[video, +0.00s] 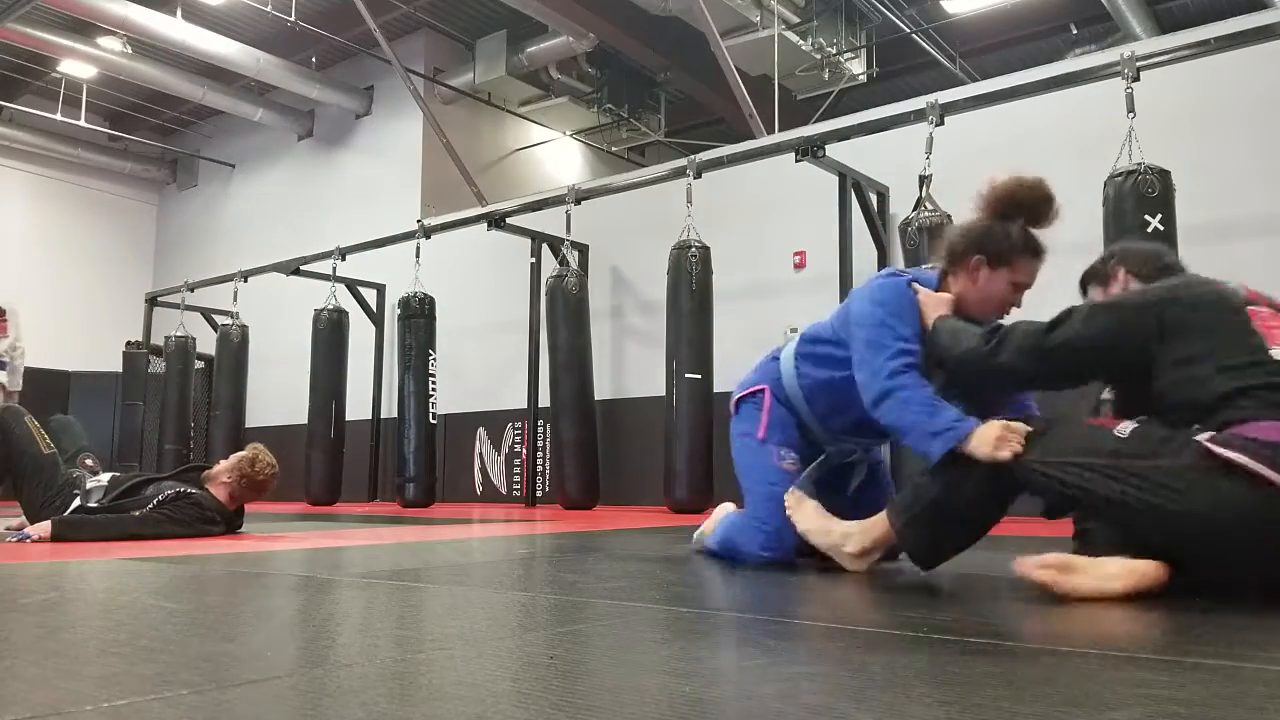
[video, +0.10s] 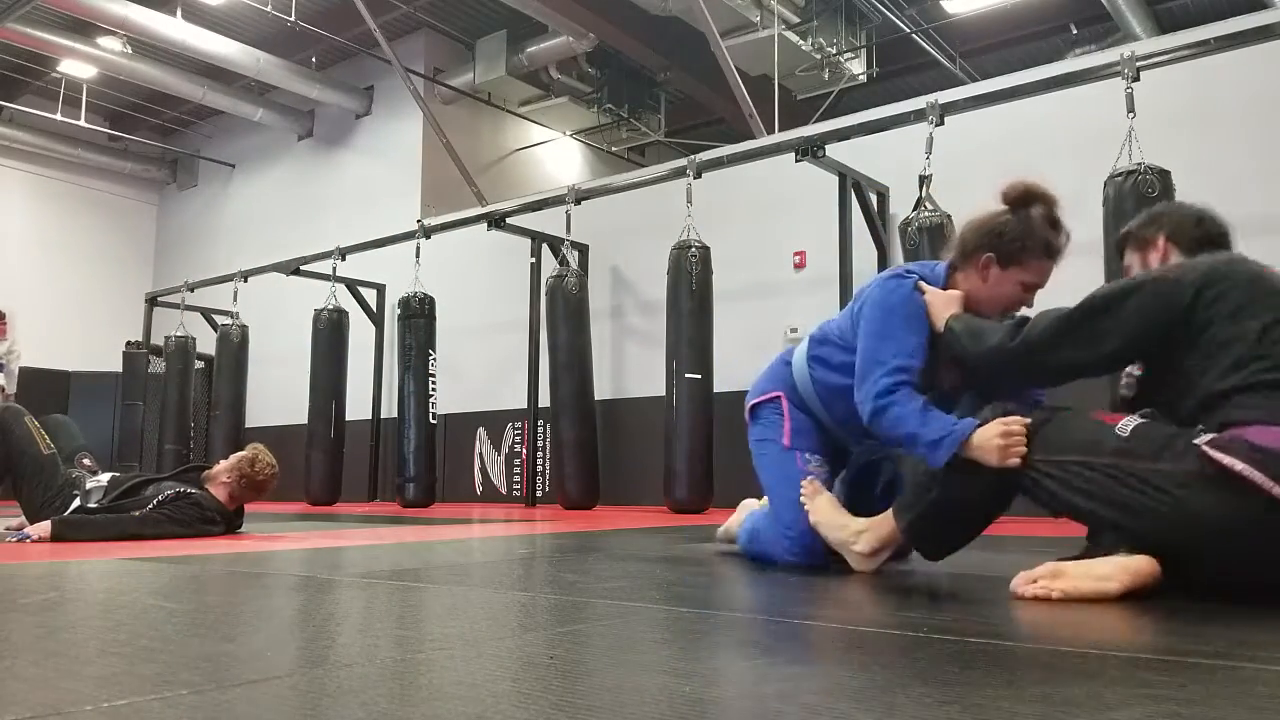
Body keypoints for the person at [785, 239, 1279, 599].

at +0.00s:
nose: (1095, 314)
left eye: (1098, 302)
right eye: (1094, 305)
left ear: (1123, 280)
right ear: (1160, 276)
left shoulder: (1148, 310)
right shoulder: (1221, 311)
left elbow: (1015, 354)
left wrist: (940, 320)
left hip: (1241, 496)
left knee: (1025, 438)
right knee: (1102, 448)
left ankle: (866, 536)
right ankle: (1115, 555)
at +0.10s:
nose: (1129, 282)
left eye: (1131, 268)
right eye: (1128, 270)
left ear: (1160, 251)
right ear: (1216, 247)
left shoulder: (1188, 283)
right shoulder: (1257, 289)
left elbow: (1045, 347)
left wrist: (952, 321)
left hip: (1234, 494)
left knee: (1021, 430)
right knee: (1137, 438)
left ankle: (876, 537)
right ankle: (1117, 549)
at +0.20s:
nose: (1159, 265)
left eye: (1164, 249)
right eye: (1160, 252)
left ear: (1197, 235)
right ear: (1253, 237)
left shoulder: (1207, 277)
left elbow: (1042, 343)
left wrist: (952, 318)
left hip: (1223, 505)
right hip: (1267, 536)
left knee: (1010, 422)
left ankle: (878, 537)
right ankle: (1125, 556)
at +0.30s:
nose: (1173, 254)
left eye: (1176, 238)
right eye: (1173, 240)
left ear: (1208, 223)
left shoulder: (1218, 268)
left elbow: (1061, 341)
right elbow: (1155, 416)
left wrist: (952, 327)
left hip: (1215, 513)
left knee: (994, 431)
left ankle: (881, 538)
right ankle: (1126, 555)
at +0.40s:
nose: (1171, 239)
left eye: (1177, 223)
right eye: (1172, 225)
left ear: (1209, 213)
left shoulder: (1208, 269)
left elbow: (1060, 338)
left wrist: (952, 325)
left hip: (1219, 522)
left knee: (989, 427)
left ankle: (876, 532)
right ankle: (1116, 563)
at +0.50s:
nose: (1171, 232)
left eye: (1175, 218)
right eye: (1172, 219)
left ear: (1204, 205)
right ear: (1267, 209)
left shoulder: (1198, 271)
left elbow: (1044, 334)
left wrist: (953, 318)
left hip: (1216, 532)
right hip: (1272, 554)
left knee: (994, 432)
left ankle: (873, 533)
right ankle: (1112, 564)